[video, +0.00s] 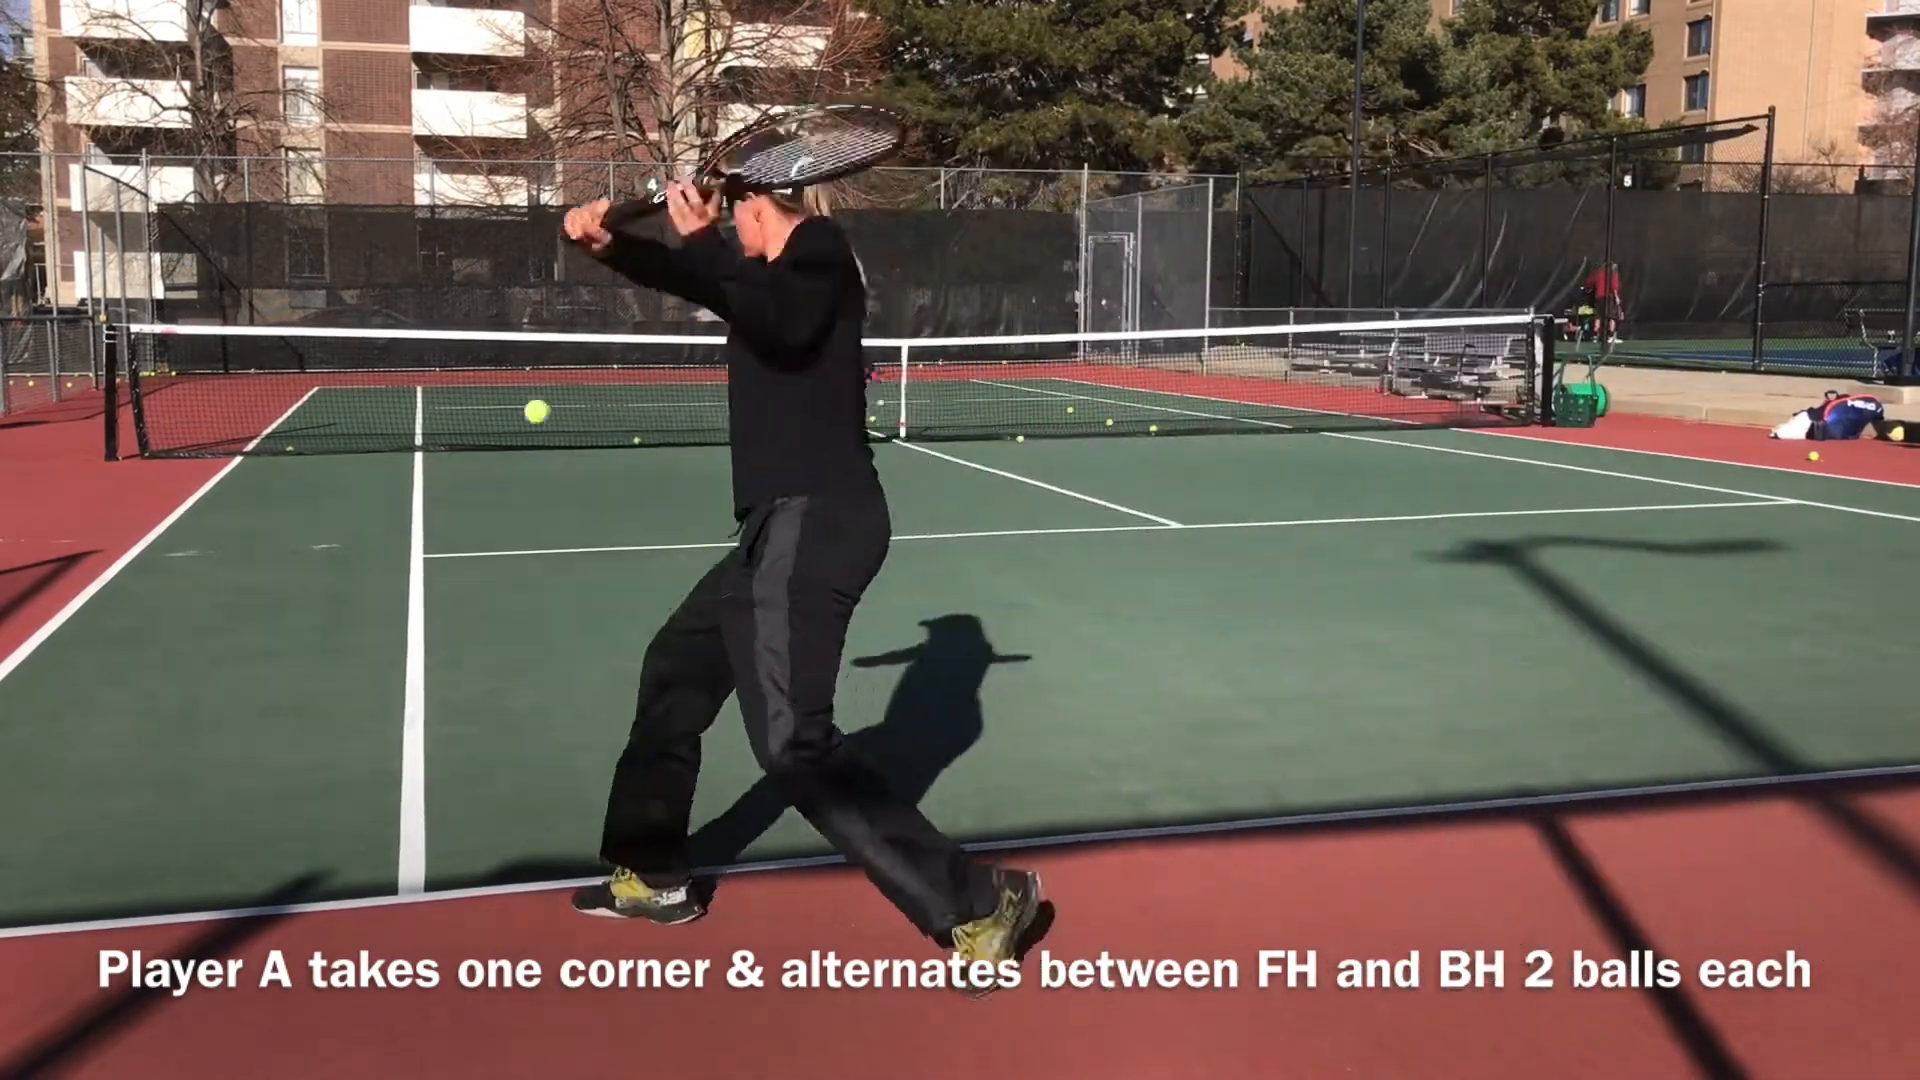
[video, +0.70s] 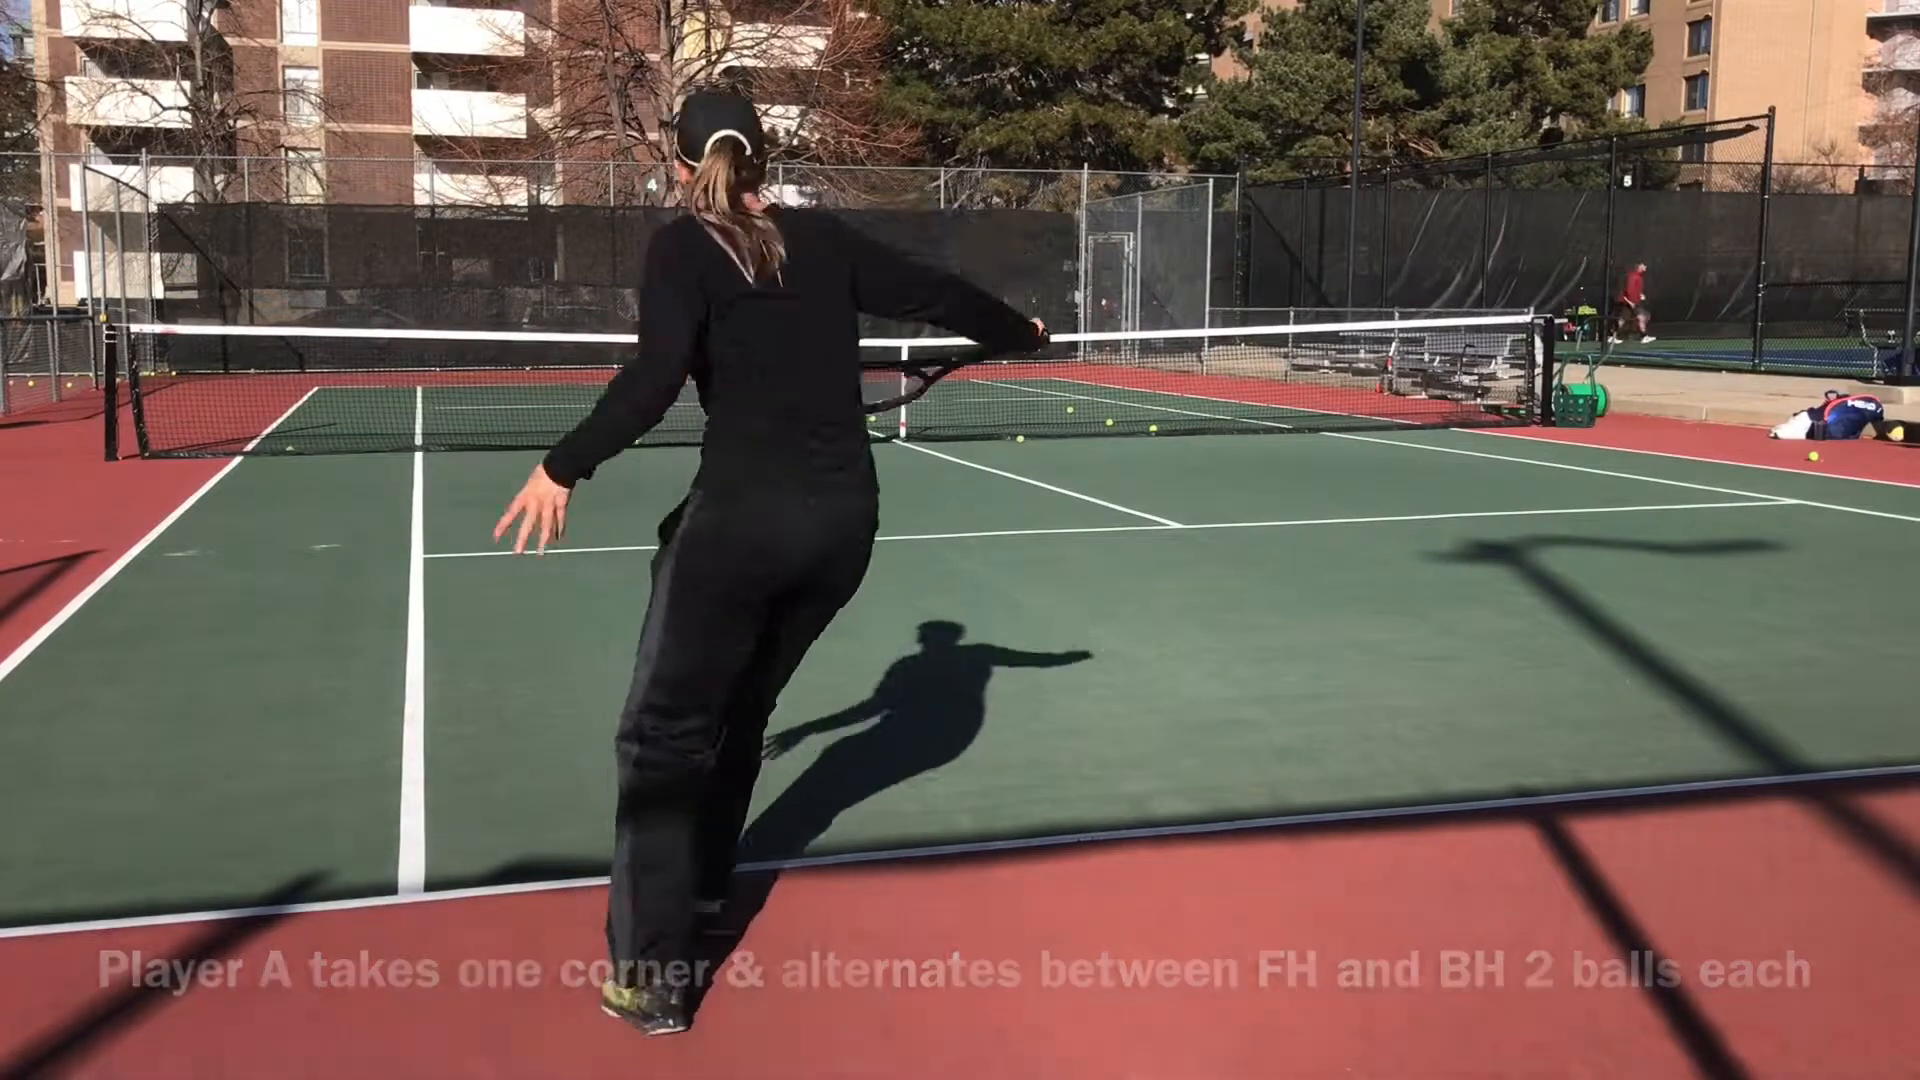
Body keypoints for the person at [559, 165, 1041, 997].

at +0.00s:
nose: (731, 228)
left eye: (732, 213)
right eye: (727, 214)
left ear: (758, 205)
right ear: (783, 199)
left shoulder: (817, 255)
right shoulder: (776, 263)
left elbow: (785, 329)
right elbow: (691, 271)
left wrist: (708, 245)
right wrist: (609, 243)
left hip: (817, 521)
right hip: (787, 522)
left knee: (794, 746)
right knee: (677, 666)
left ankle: (982, 904)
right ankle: (650, 871)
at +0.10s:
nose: (682, 229)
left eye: (686, 210)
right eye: (681, 213)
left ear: (713, 199)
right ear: (739, 194)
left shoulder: (755, 235)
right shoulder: (762, 251)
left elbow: (728, 321)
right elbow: (655, 345)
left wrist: (604, 329)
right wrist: (542, 398)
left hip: (768, 494)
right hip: (762, 491)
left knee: (727, 715)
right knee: (669, 675)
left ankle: (876, 901)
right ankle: (649, 874)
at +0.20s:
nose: (635, 196)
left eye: (639, 177)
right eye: (633, 180)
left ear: (674, 164)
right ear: (698, 163)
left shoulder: (706, 208)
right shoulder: (755, 220)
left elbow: (707, 304)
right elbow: (752, 371)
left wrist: (638, 341)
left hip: (731, 474)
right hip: (786, 474)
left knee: (705, 696)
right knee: (688, 672)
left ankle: (821, 890)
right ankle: (651, 869)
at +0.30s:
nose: (601, 169)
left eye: (604, 152)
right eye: (600, 153)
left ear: (633, 148)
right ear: (675, 142)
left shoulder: (672, 198)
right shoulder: (738, 211)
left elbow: (708, 235)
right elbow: (814, 290)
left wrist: (735, 279)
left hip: (713, 463)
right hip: (767, 463)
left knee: (683, 688)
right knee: (674, 670)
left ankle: (783, 901)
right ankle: (660, 866)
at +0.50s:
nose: (627, 151)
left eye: (626, 137)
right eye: (633, 136)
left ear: (641, 142)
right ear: (705, 132)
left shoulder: (668, 200)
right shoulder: (771, 207)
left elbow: (673, 253)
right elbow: (883, 219)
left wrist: (684, 293)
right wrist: (997, 211)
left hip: (697, 482)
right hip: (772, 481)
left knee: (646, 702)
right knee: (686, 684)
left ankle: (688, 946)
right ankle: (644, 870)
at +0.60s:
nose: (638, 160)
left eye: (638, 147)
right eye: (643, 145)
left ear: (652, 152)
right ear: (725, 144)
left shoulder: (673, 218)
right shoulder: (789, 218)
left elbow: (678, 327)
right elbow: (909, 243)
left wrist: (596, 392)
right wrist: (1007, 267)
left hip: (720, 498)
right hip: (807, 499)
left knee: (642, 713)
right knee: (710, 706)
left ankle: (648, 968)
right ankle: (648, 885)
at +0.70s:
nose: (668, 174)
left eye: (668, 161)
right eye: (681, 159)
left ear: (682, 167)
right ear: (756, 161)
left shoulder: (682, 246)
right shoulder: (821, 239)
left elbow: (659, 371)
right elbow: (938, 289)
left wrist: (564, 466)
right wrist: (1018, 330)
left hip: (742, 517)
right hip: (843, 517)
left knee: (662, 733)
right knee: (736, 723)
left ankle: (655, 971)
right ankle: (692, 922)